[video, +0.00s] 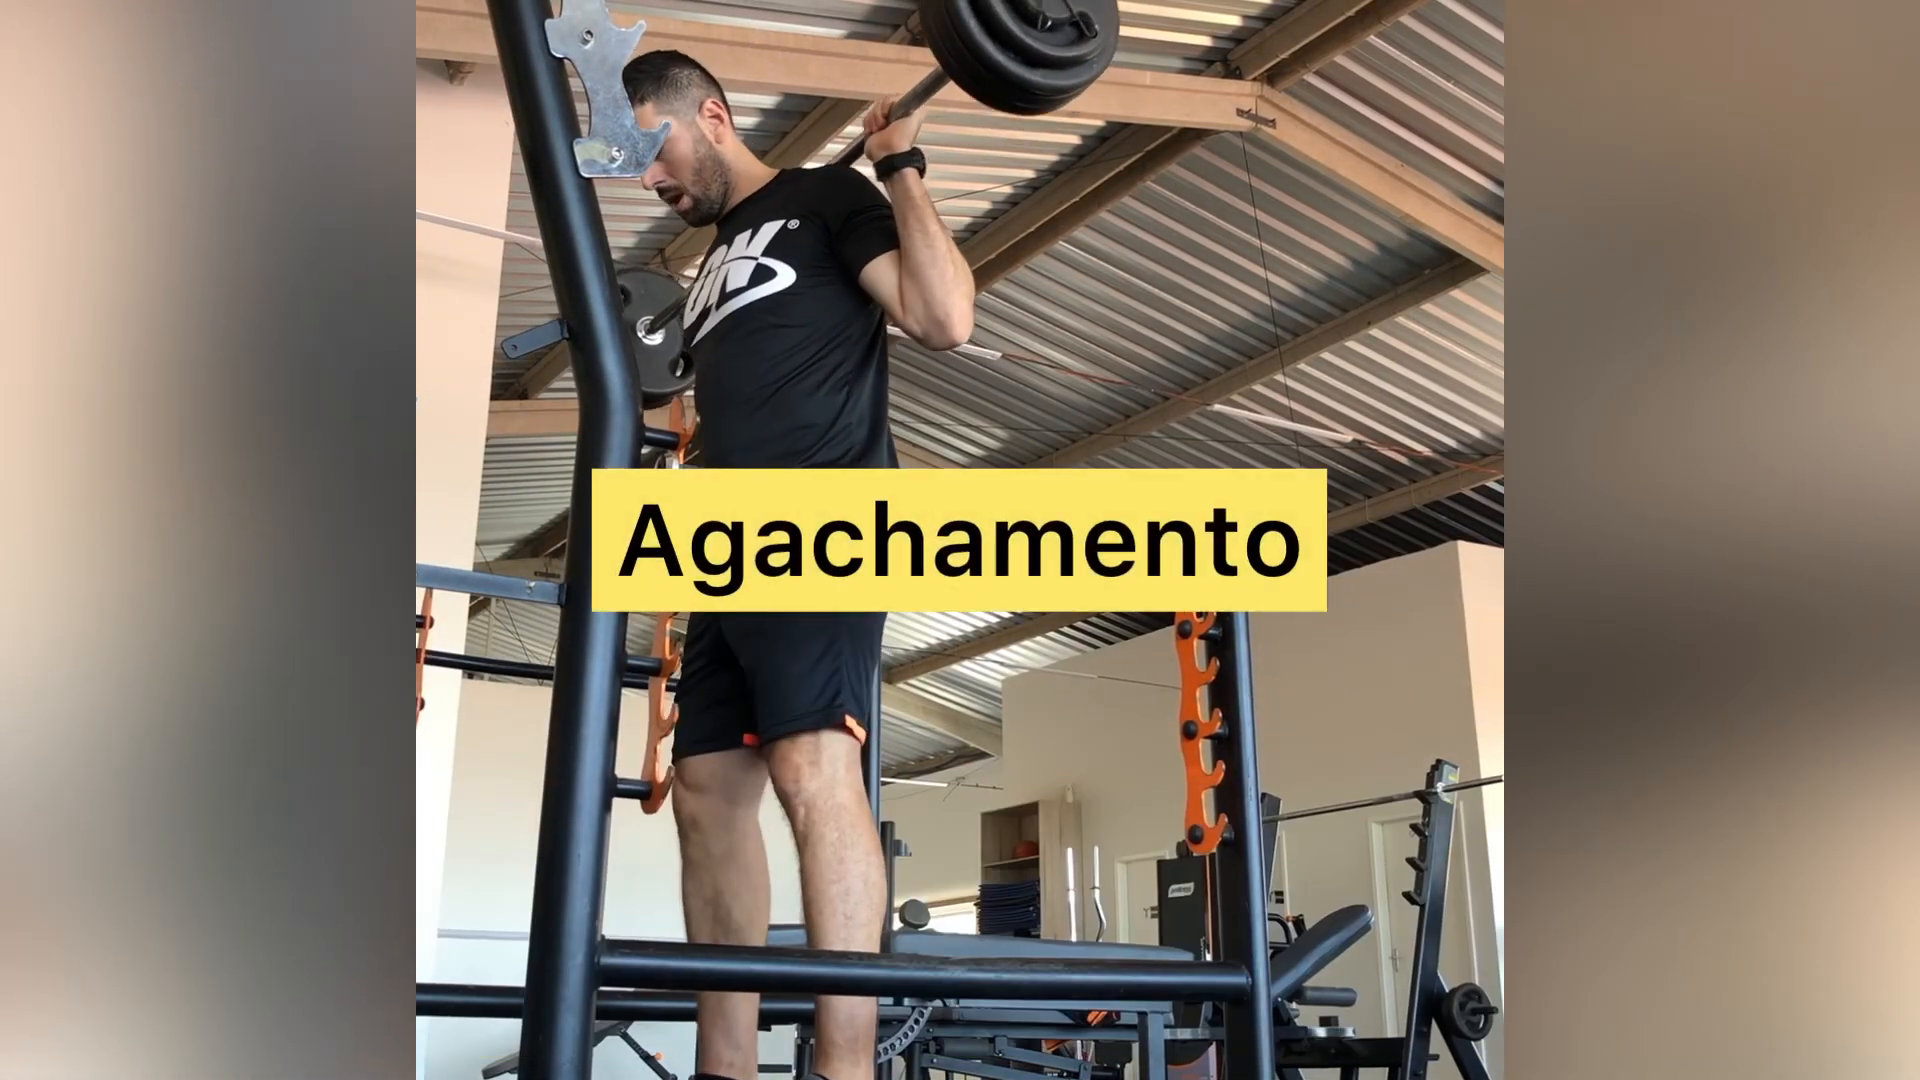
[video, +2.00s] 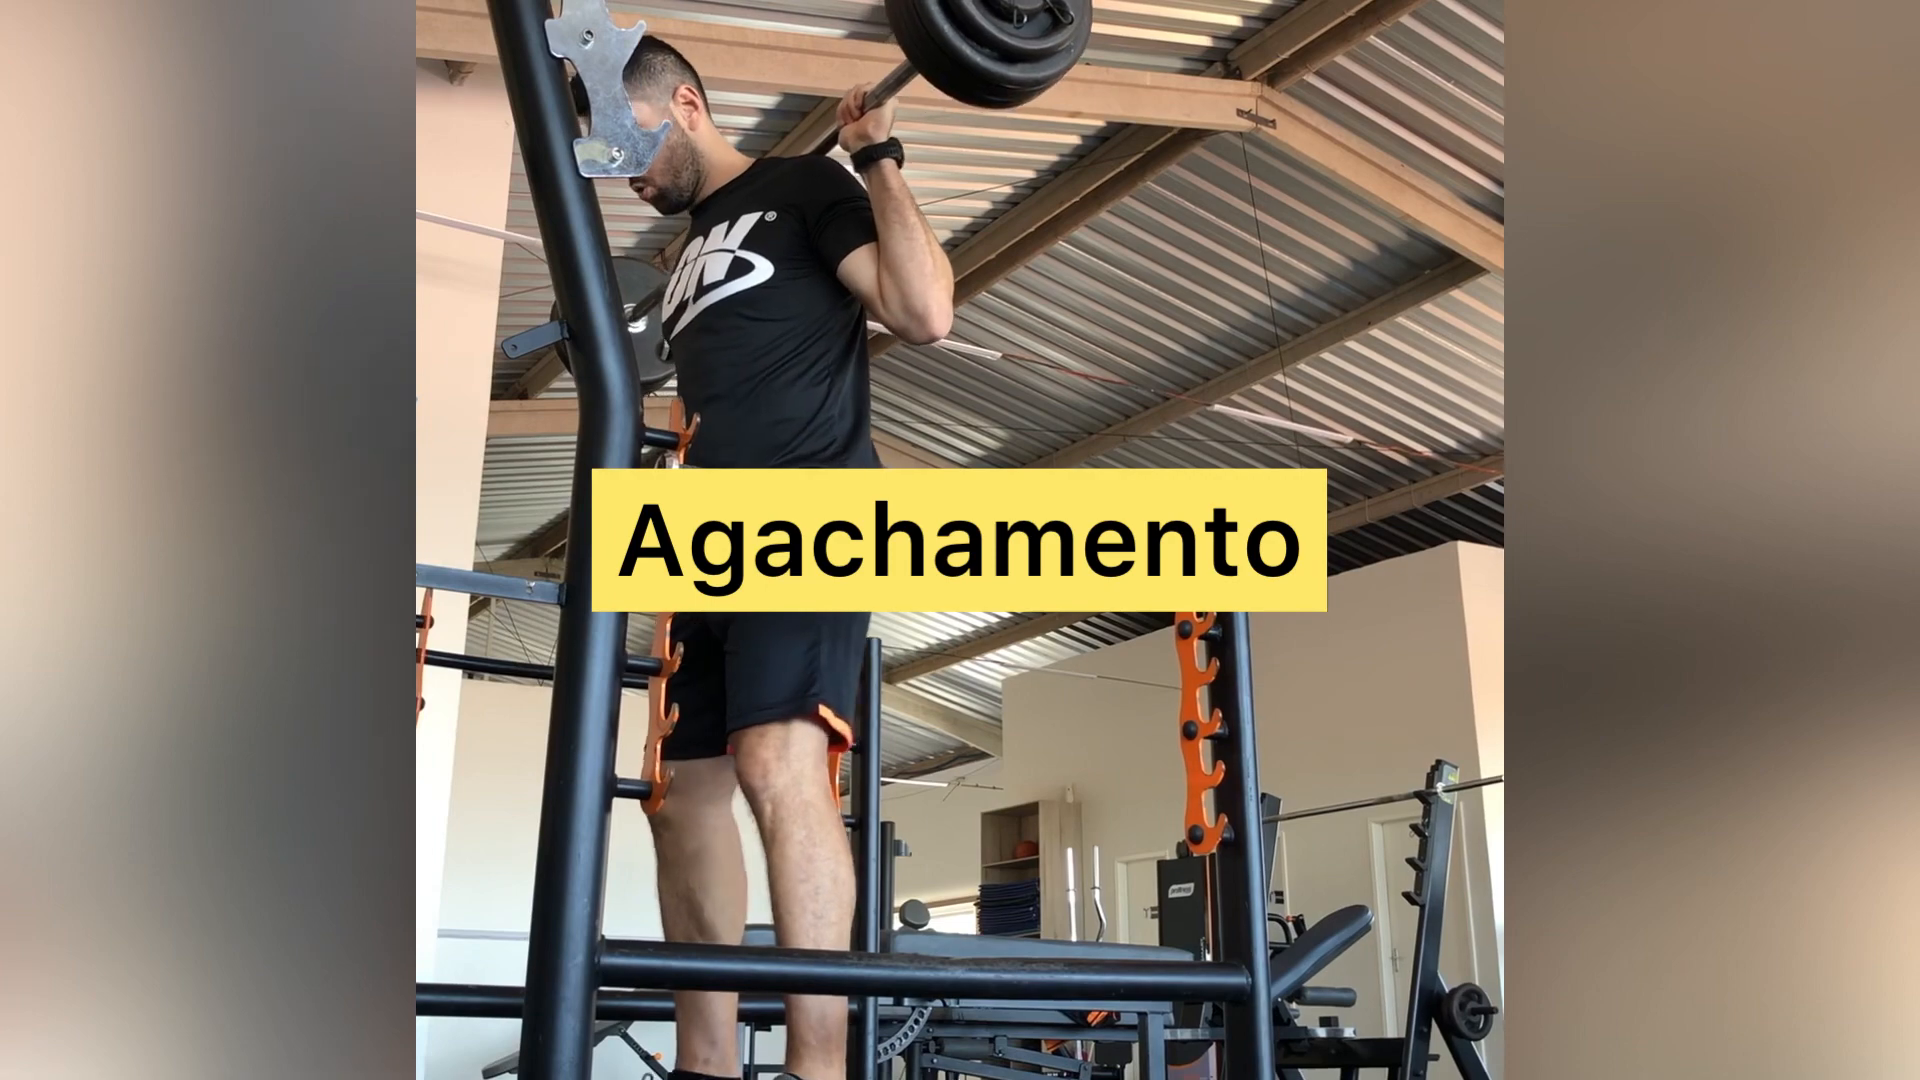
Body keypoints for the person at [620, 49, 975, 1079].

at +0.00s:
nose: (650, 178)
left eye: (654, 148)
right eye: (637, 160)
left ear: (714, 116)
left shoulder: (828, 193)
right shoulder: (708, 268)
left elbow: (946, 322)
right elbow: (704, 417)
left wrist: (904, 173)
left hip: (822, 527)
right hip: (721, 541)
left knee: (815, 764)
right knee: (706, 788)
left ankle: (848, 1065)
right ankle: (727, 1066)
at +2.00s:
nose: (631, 172)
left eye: (635, 144)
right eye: (618, 154)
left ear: (690, 106)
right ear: (662, 124)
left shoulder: (806, 183)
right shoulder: (686, 258)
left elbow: (928, 312)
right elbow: (704, 420)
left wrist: (880, 161)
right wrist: (672, 573)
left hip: (808, 522)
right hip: (713, 537)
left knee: (779, 758)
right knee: (686, 786)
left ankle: (822, 1062)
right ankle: (708, 1063)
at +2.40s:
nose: (626, 181)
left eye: (631, 150)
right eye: (612, 164)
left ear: (683, 113)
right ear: (655, 134)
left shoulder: (797, 191)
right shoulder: (685, 260)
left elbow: (920, 315)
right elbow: (716, 402)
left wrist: (874, 169)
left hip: (809, 512)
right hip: (721, 526)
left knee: (781, 755)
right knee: (692, 785)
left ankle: (823, 1062)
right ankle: (710, 1065)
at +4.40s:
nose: (624, 181)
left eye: (633, 152)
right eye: (609, 166)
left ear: (683, 120)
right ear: (610, 169)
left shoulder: (795, 199)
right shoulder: (686, 272)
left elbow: (917, 322)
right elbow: (709, 420)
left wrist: (861, 176)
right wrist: (671, 460)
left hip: (813, 525)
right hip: (724, 542)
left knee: (781, 761)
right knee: (696, 788)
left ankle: (824, 1064)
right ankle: (708, 1066)